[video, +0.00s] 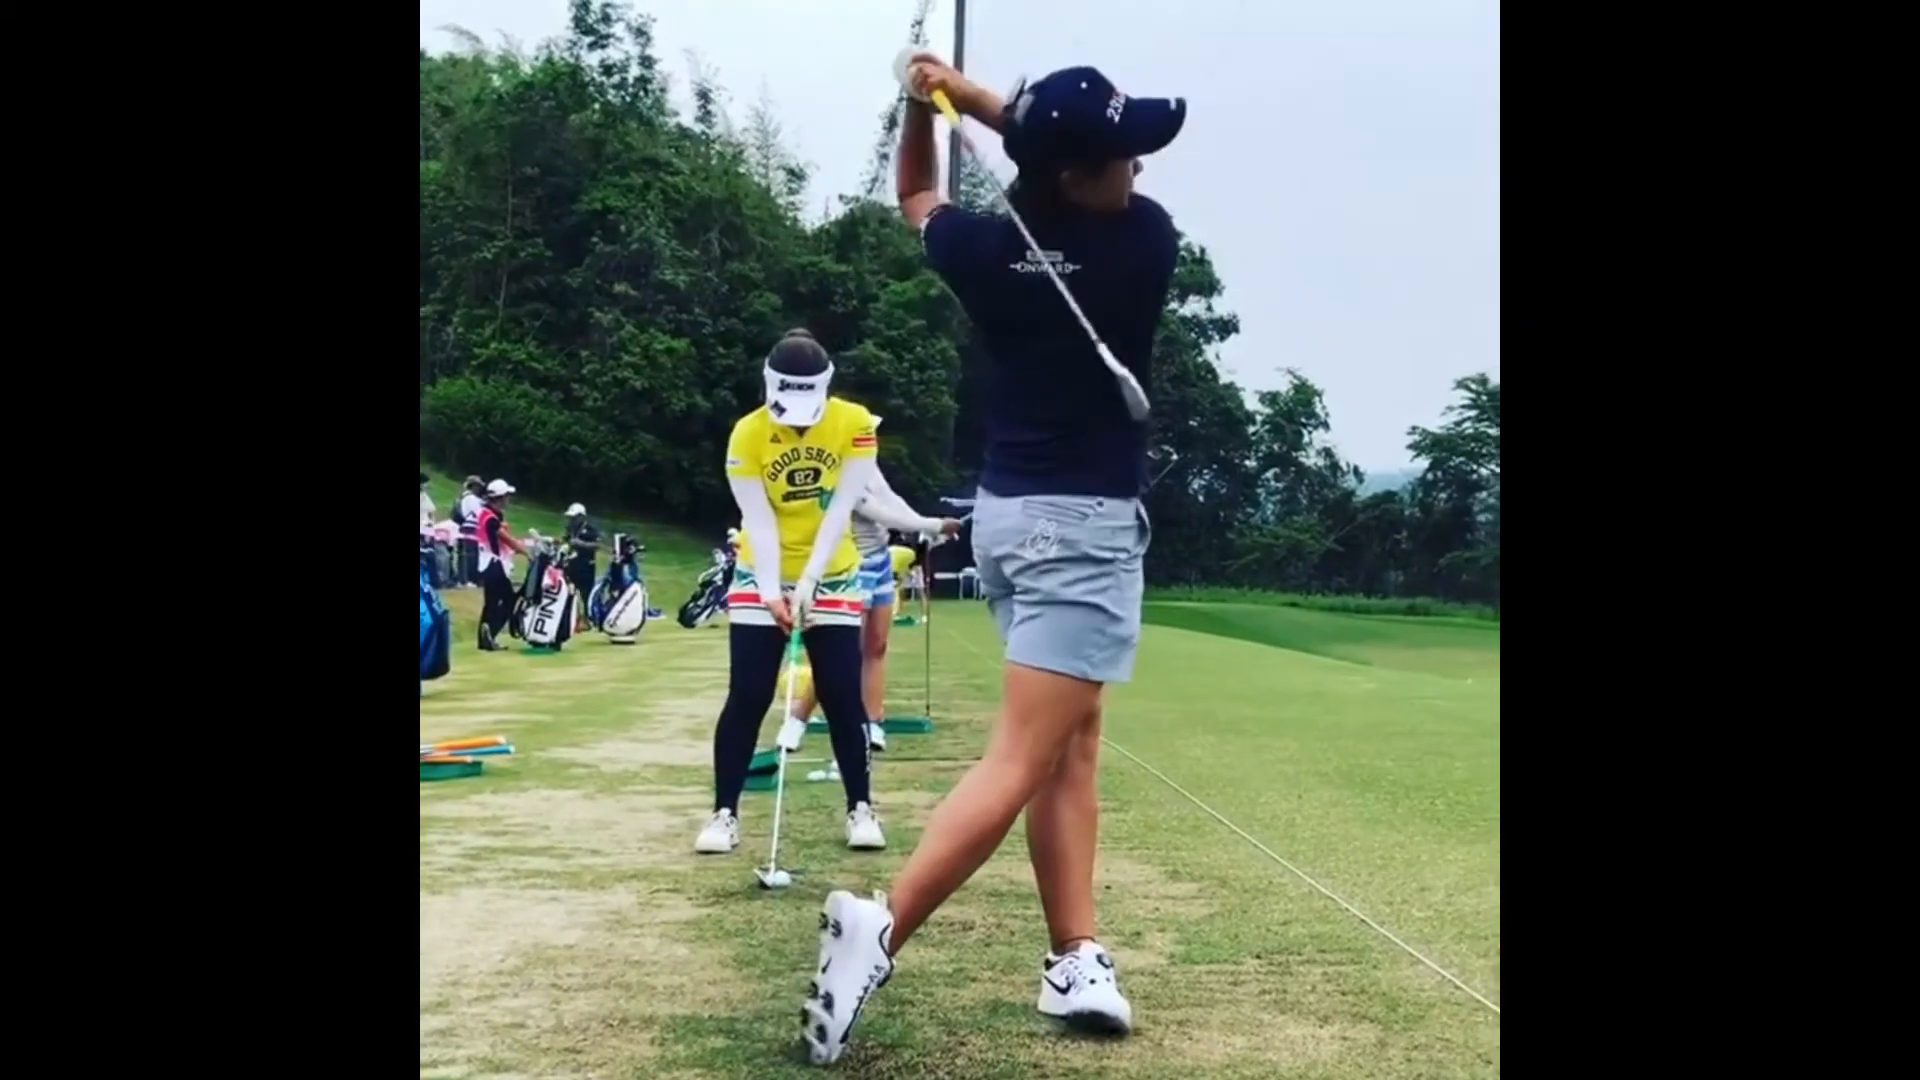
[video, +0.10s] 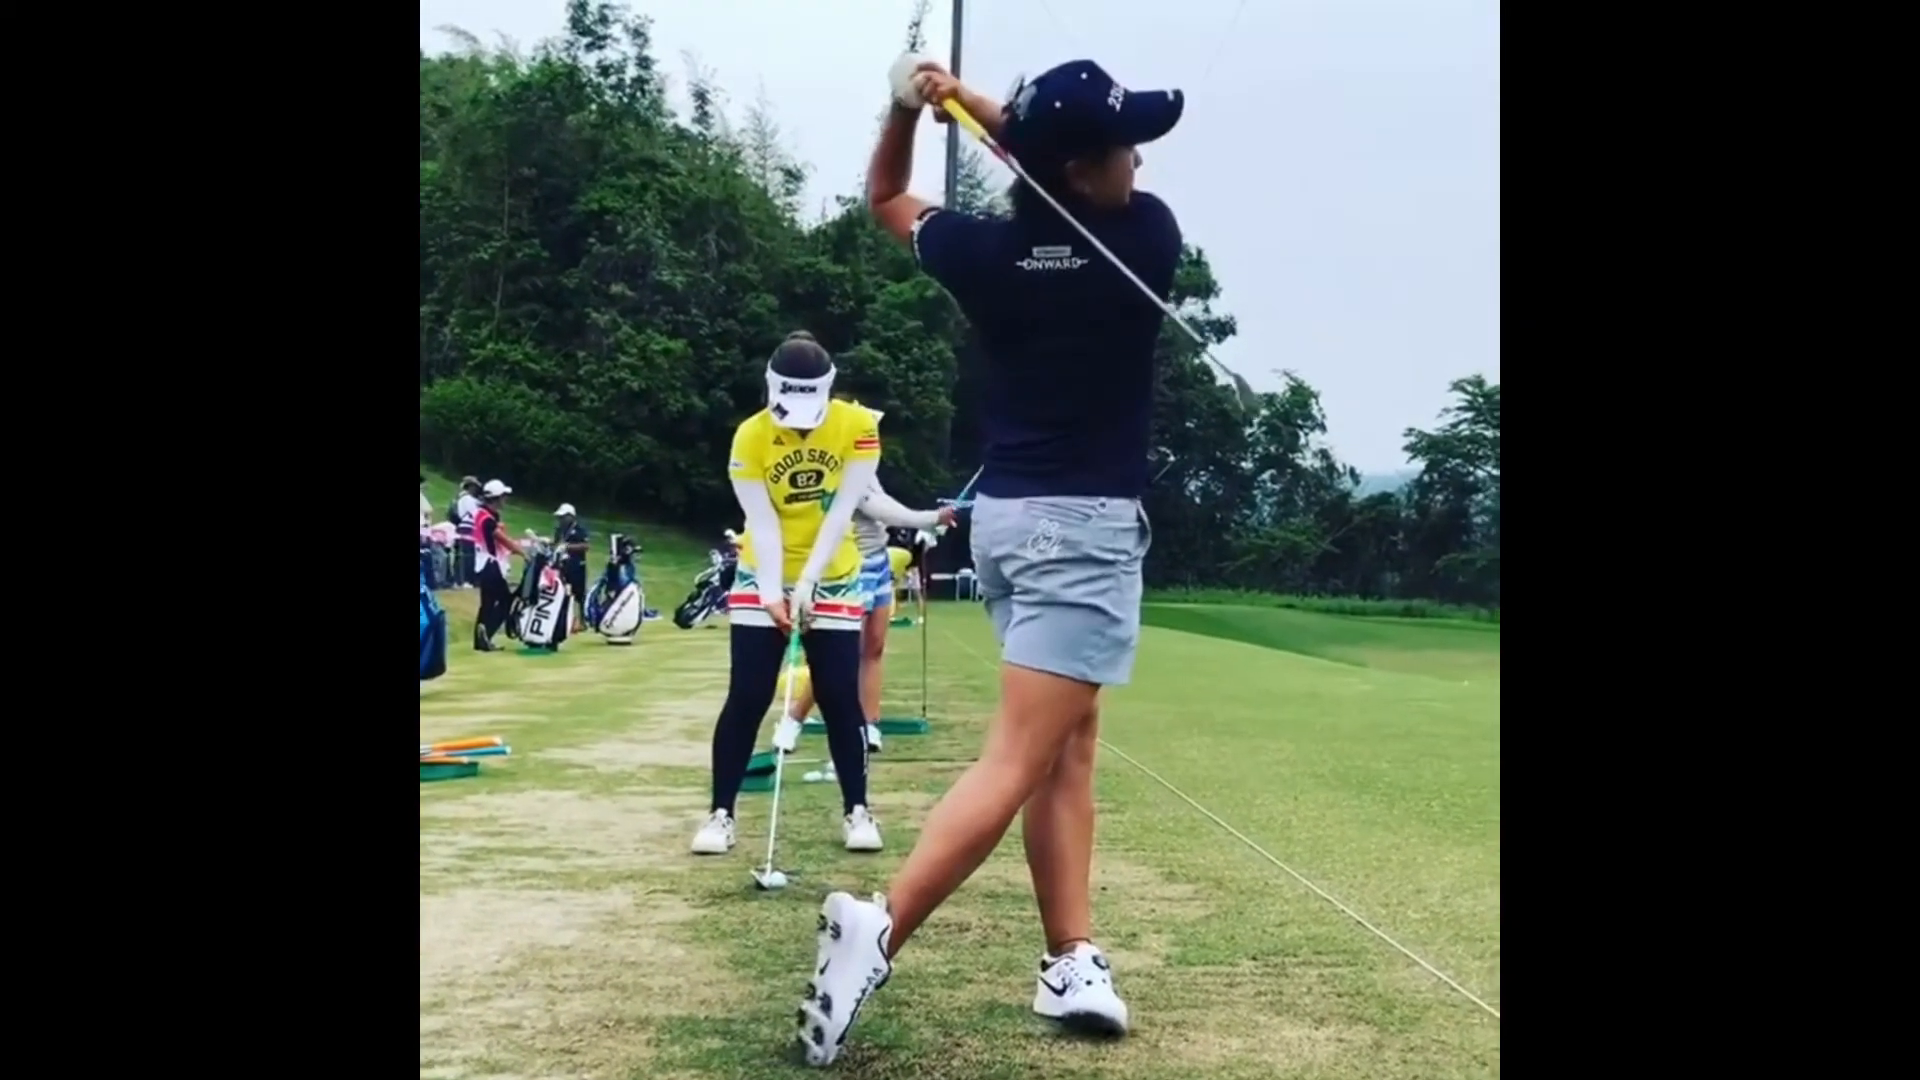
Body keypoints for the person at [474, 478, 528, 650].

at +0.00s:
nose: (508, 500)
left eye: (508, 496)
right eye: (506, 497)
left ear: (493, 498)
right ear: (498, 498)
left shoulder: (486, 515)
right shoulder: (491, 519)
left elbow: (505, 537)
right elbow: (508, 540)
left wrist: (524, 544)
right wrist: (526, 551)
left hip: (488, 559)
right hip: (493, 562)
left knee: (491, 599)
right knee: (509, 597)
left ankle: (484, 637)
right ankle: (491, 631)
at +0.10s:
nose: (505, 501)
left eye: (505, 497)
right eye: (503, 497)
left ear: (489, 498)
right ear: (495, 498)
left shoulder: (482, 515)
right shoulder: (488, 520)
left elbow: (502, 538)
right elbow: (505, 541)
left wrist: (520, 547)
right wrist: (523, 552)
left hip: (483, 560)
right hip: (490, 562)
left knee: (487, 600)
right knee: (506, 598)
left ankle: (480, 639)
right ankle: (487, 631)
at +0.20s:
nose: (501, 502)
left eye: (501, 498)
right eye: (499, 498)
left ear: (485, 498)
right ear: (492, 499)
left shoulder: (479, 516)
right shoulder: (485, 521)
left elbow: (498, 539)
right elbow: (501, 542)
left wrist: (516, 548)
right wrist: (519, 553)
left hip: (479, 560)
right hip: (486, 563)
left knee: (483, 601)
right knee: (502, 598)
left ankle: (477, 640)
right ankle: (483, 631)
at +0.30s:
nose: (499, 503)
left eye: (499, 499)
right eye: (497, 499)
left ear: (483, 500)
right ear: (490, 500)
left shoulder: (476, 517)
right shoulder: (482, 522)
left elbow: (496, 540)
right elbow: (499, 543)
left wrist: (516, 547)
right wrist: (518, 555)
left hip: (476, 562)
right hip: (483, 564)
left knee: (481, 602)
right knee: (500, 599)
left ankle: (474, 641)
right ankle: (481, 632)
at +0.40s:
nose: (497, 504)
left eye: (497, 500)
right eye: (495, 501)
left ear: (481, 501)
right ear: (488, 502)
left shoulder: (475, 519)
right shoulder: (480, 523)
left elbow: (493, 541)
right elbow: (496, 544)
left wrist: (510, 551)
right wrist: (514, 554)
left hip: (475, 563)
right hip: (481, 566)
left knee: (480, 603)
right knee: (498, 601)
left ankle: (473, 642)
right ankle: (479, 634)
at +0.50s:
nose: (496, 505)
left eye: (496, 502)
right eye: (494, 502)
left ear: (480, 502)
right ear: (487, 503)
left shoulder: (474, 520)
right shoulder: (479, 524)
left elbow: (492, 543)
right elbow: (495, 545)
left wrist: (508, 555)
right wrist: (512, 556)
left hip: (474, 564)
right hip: (480, 567)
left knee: (479, 604)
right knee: (498, 602)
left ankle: (472, 644)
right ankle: (478, 636)